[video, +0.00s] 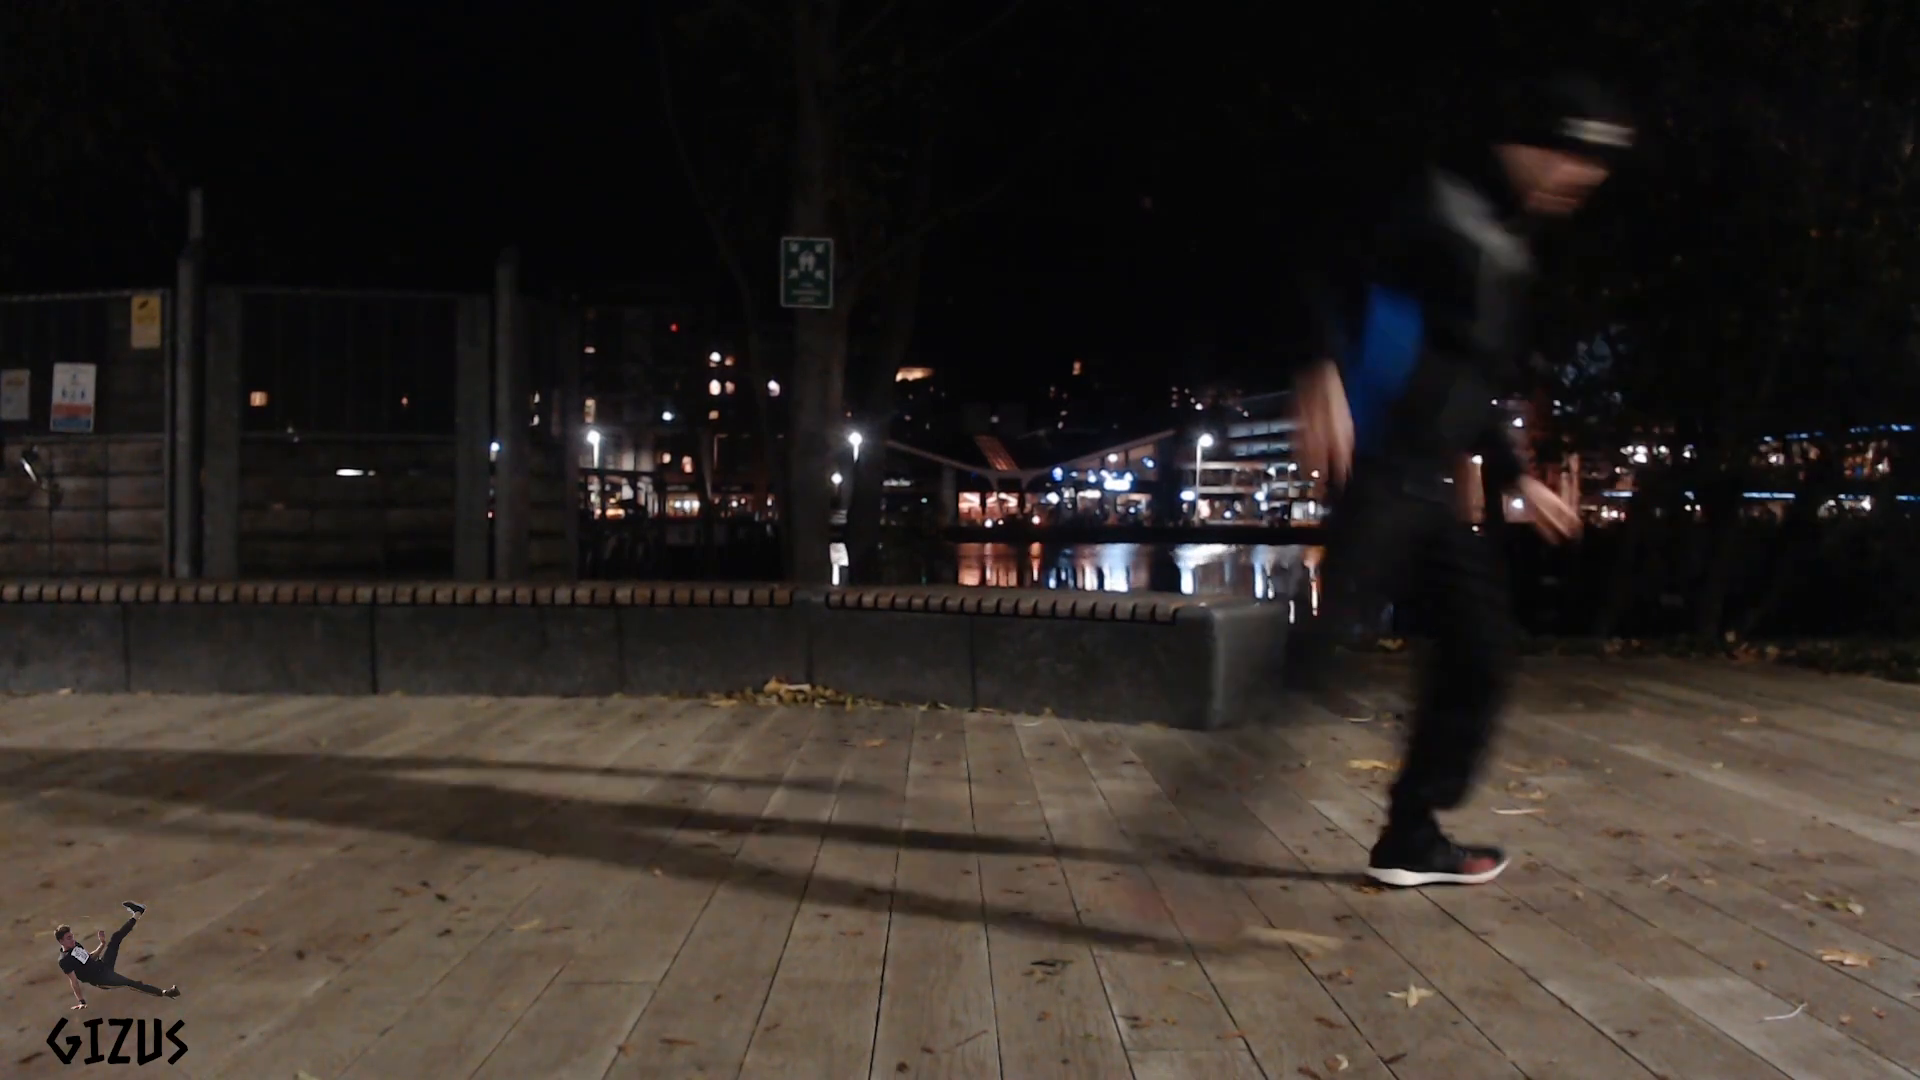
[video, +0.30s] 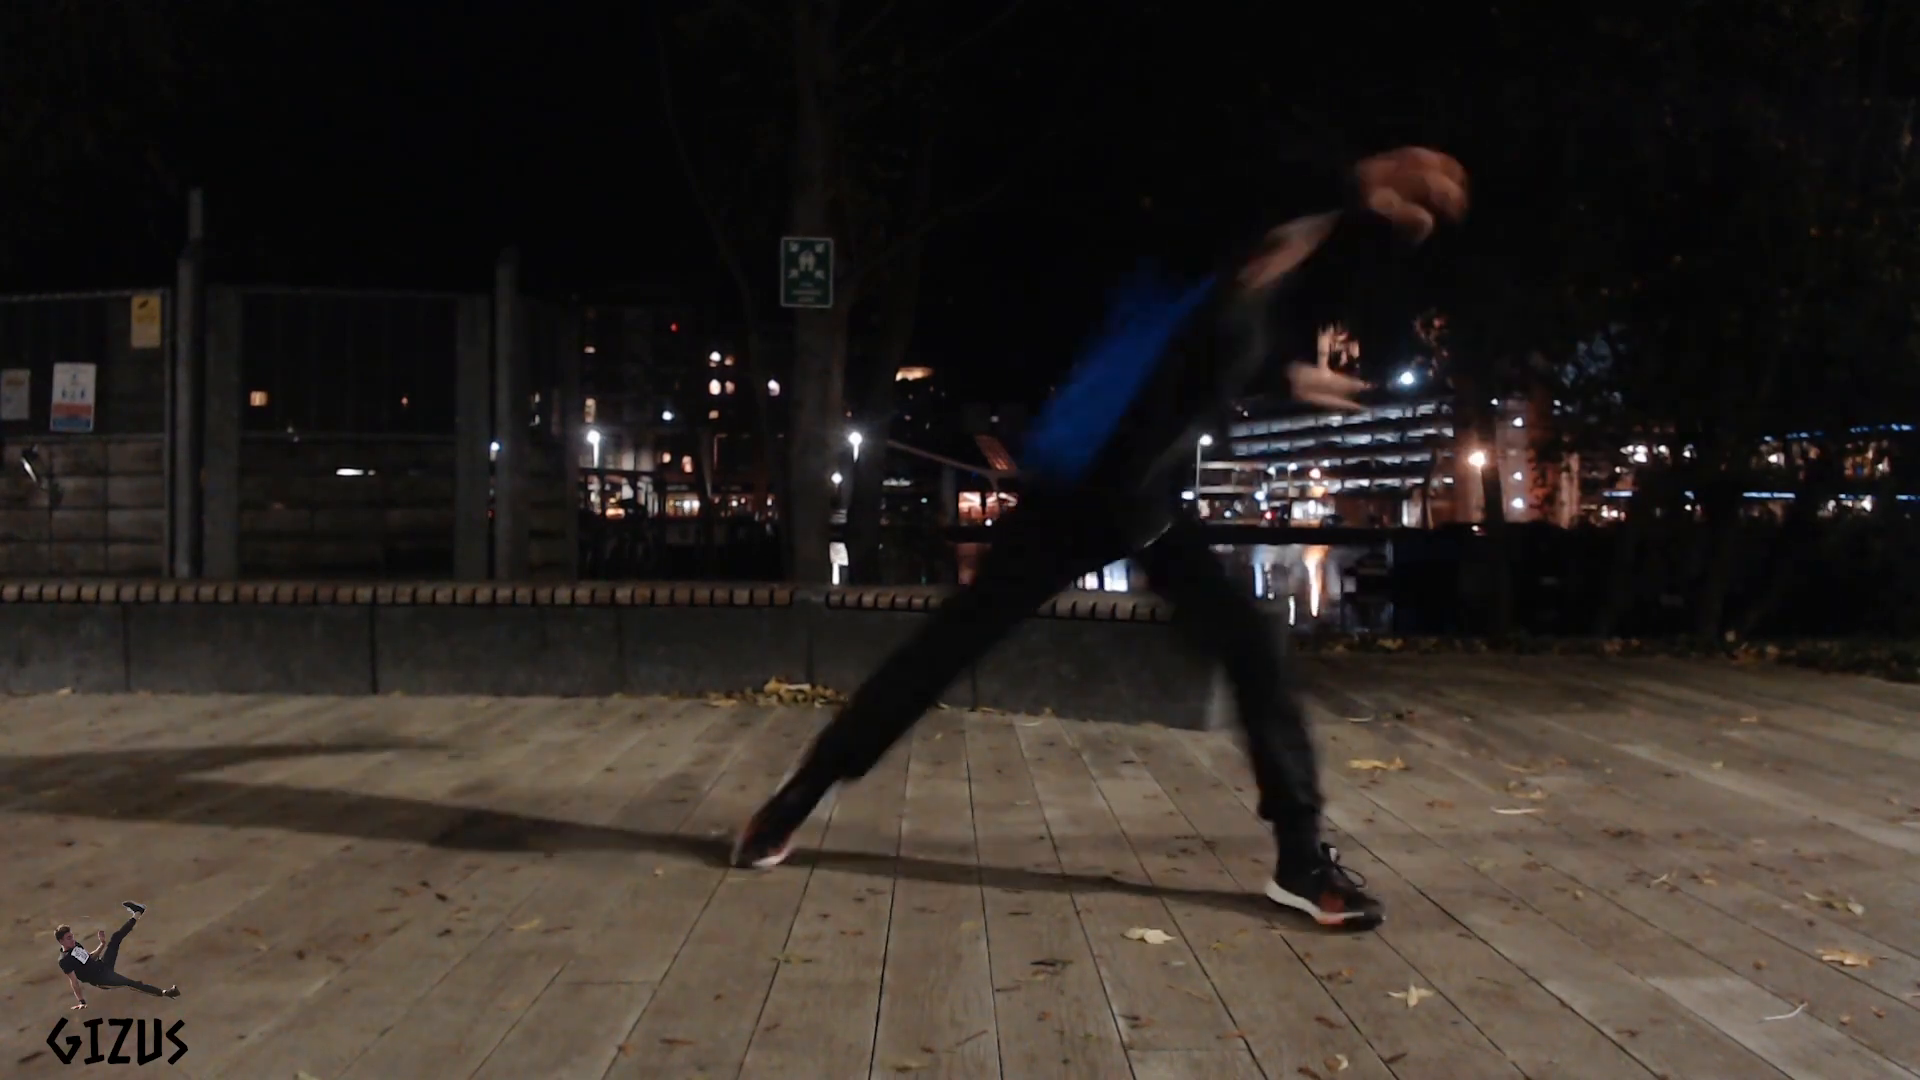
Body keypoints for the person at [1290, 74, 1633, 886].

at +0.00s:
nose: (1578, 181)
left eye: (1593, 167)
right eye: (1568, 158)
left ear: (1595, 172)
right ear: (1520, 145)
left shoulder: (1510, 249)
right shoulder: (1437, 206)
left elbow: (1481, 380)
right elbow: (1333, 277)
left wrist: (1518, 476)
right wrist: (1321, 374)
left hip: (1439, 481)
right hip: (1380, 467)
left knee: (1474, 652)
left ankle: (1411, 834)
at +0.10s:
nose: (1487, 162)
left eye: (1497, 148)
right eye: (1481, 141)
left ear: (1477, 146)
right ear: (1434, 125)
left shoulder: (1417, 213)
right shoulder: (1345, 167)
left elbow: (1395, 335)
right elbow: (1268, 162)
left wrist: (1444, 422)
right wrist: (1298, 248)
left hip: (1309, 443)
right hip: (1235, 431)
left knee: (1358, 607)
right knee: (1146, 603)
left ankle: (1370, 824)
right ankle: (993, 757)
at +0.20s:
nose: (1426, 173)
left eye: (1437, 160)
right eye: (1426, 153)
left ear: (1422, 156)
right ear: (1390, 138)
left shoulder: (1354, 226)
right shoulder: (1296, 183)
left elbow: (1362, 329)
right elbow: (1254, 132)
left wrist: (1414, 410)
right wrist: (1322, 209)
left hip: (1256, 452)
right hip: (1188, 440)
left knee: (1318, 628)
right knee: (1076, 603)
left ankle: (1331, 837)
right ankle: (912, 758)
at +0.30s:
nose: (1279, 263)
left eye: (1292, 256)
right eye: (1272, 246)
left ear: (1296, 262)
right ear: (1239, 243)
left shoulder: (1251, 321)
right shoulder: (1186, 288)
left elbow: (1236, 375)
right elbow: (1251, 227)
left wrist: (1295, 386)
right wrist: (1354, 189)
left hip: (1160, 513)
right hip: (1074, 504)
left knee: (1255, 645)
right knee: (947, 647)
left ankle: (1304, 857)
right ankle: (803, 794)